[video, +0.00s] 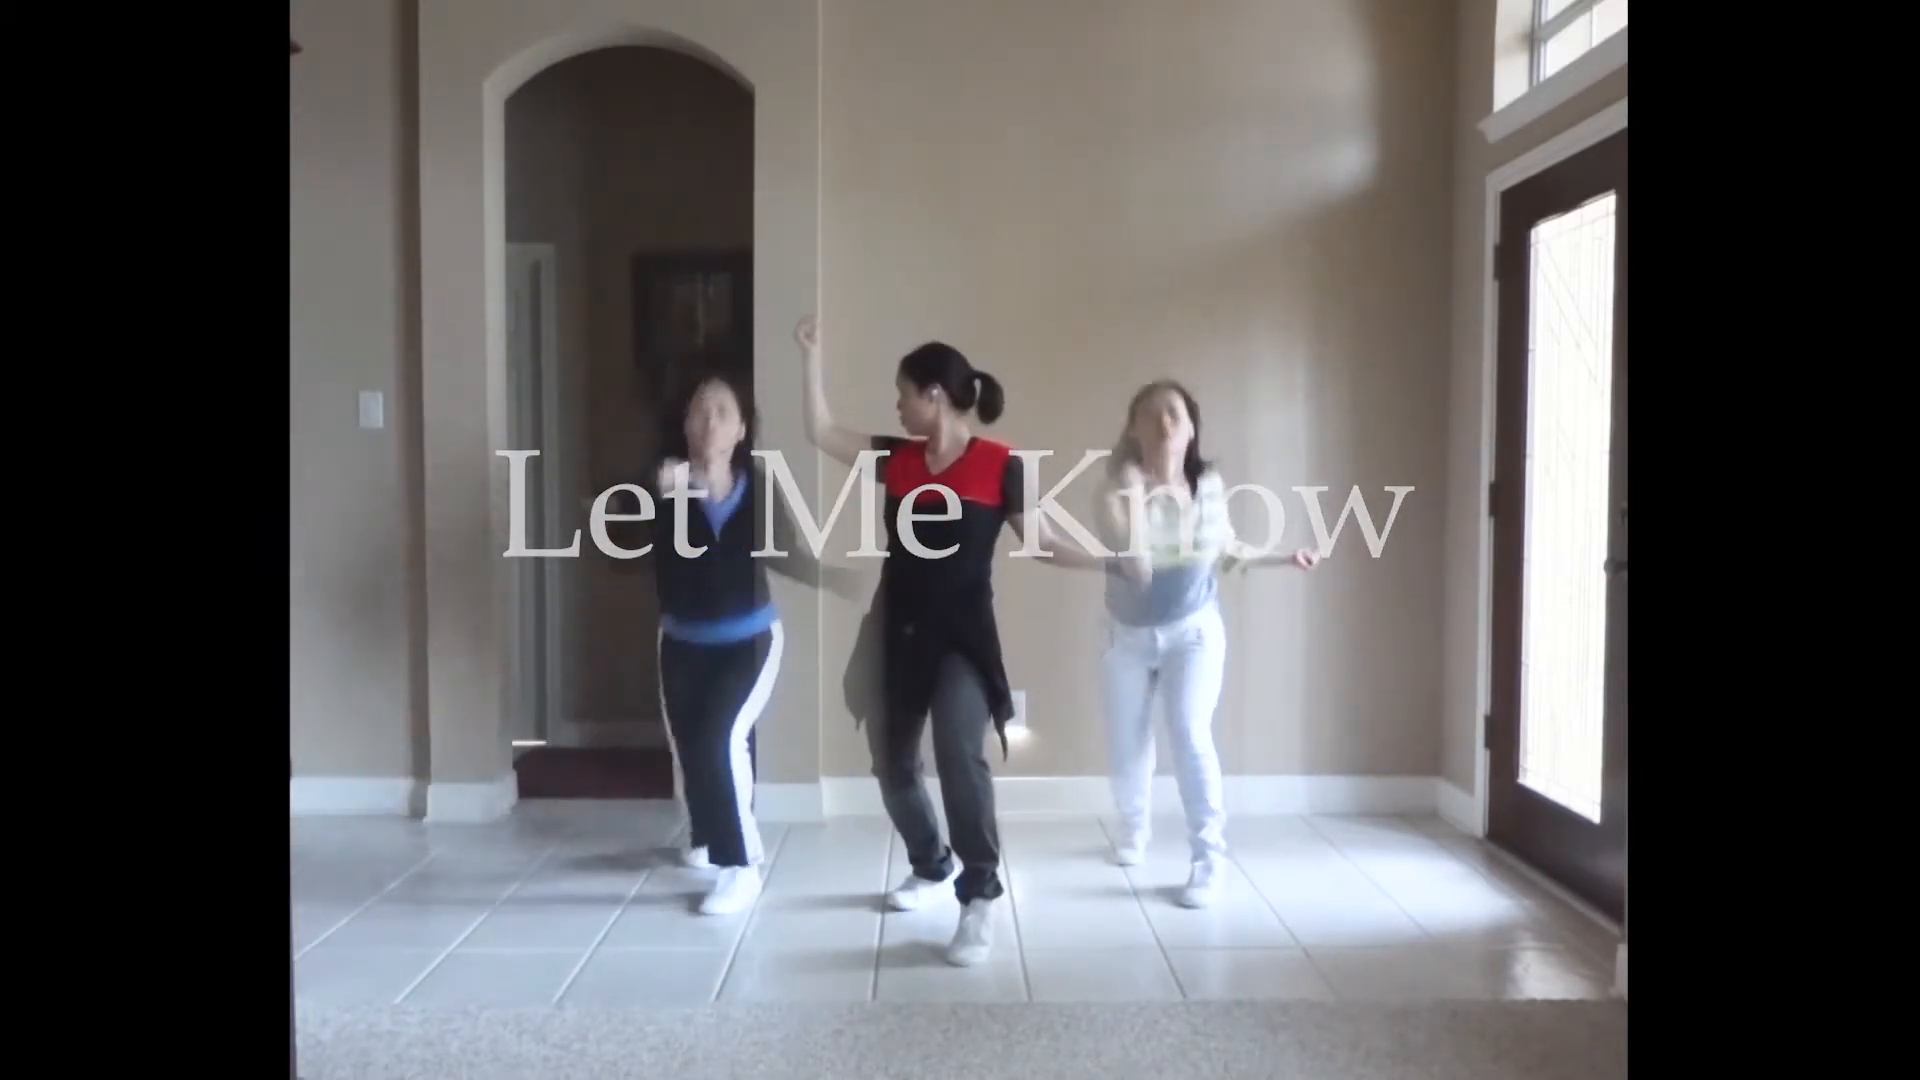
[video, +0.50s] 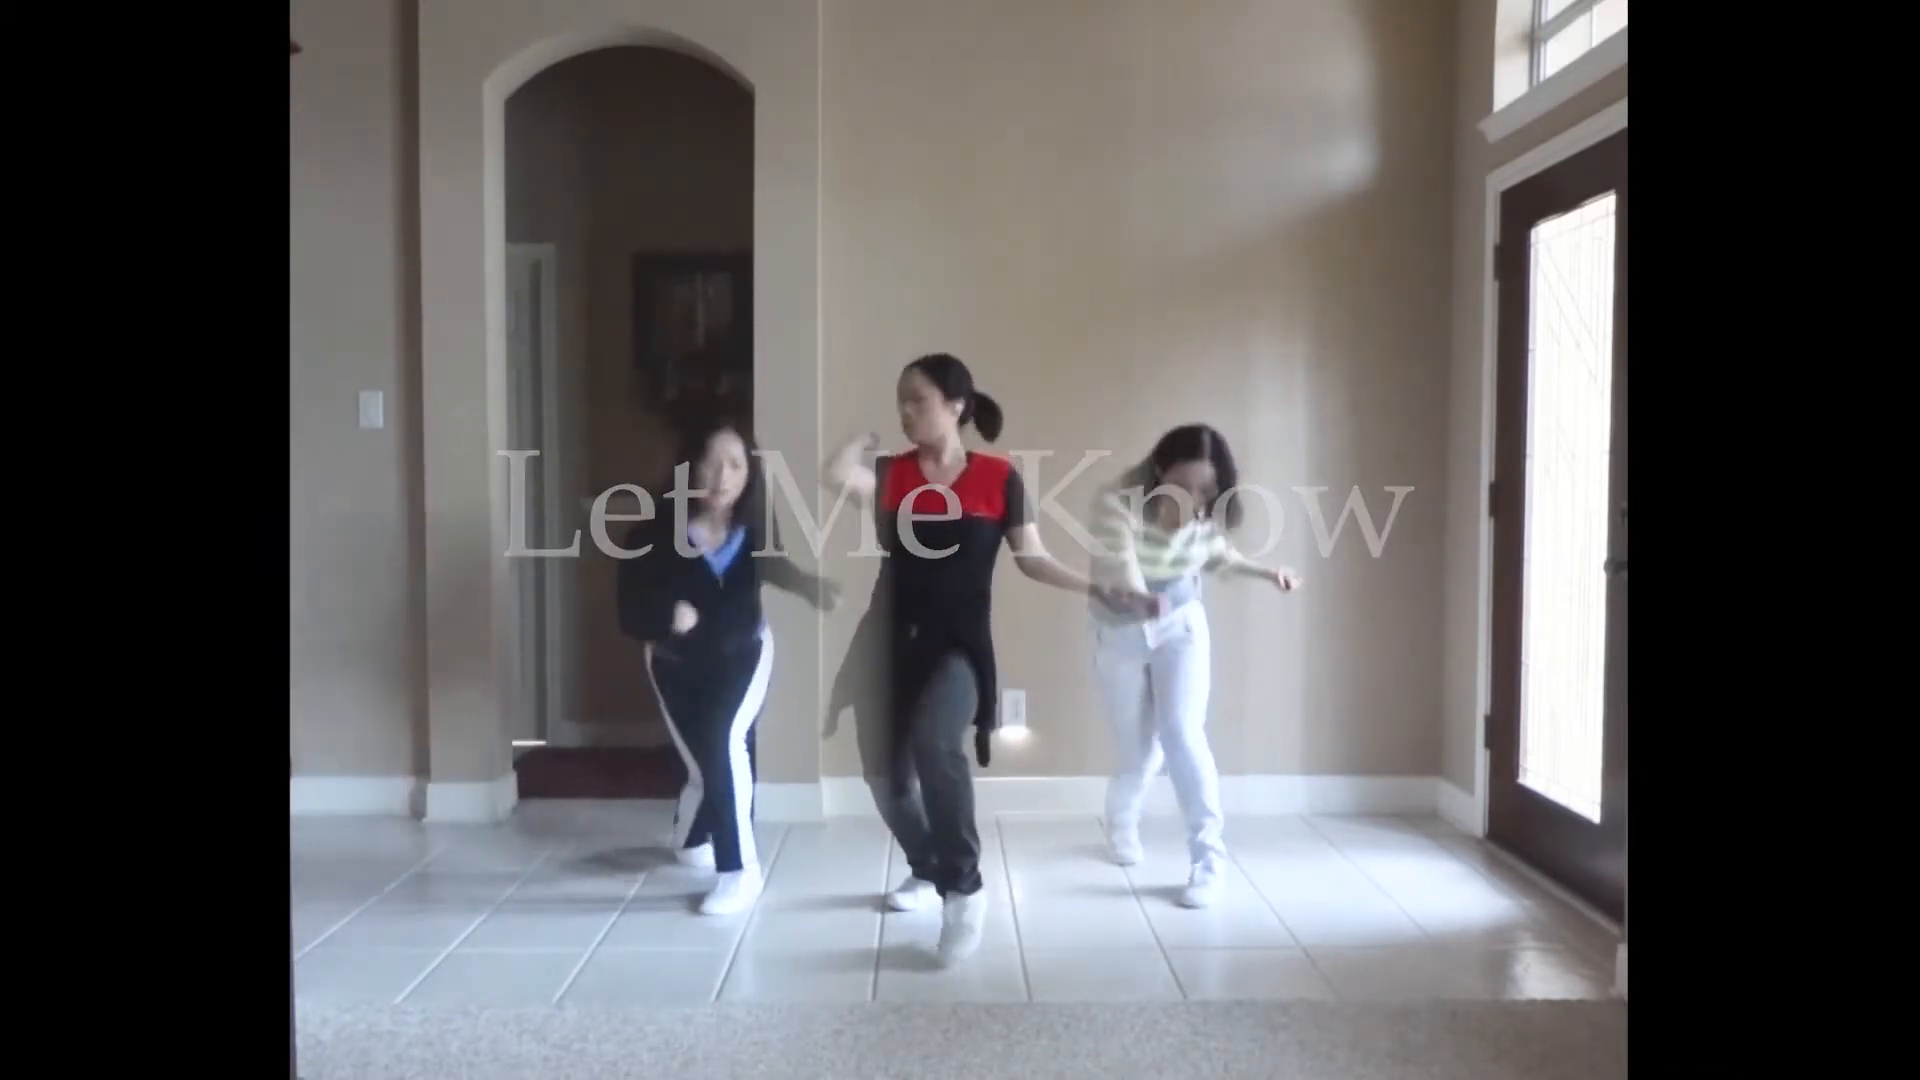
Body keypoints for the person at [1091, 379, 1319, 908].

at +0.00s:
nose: (1164, 424)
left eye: (1174, 416)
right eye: (1152, 416)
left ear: (1191, 429)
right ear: (1134, 429)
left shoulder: (1207, 486)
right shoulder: (1117, 488)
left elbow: (1224, 556)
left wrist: (1284, 557)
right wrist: (1136, 493)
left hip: (1193, 632)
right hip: (1129, 637)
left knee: (1189, 734)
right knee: (1127, 748)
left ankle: (1207, 857)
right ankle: (1132, 832)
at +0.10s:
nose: (1171, 475)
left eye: (1182, 465)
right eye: (1159, 466)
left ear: (1199, 476)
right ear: (1142, 476)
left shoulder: (1211, 523)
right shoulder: (1127, 526)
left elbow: (1226, 584)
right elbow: (1128, 597)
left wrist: (1279, 582)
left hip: (1195, 648)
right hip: (1132, 651)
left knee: (1186, 744)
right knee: (1139, 763)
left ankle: (1208, 861)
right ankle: (1129, 843)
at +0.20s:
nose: (1179, 518)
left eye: (1191, 508)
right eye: (1166, 505)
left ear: (1208, 514)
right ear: (1151, 510)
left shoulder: (1216, 555)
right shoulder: (1131, 566)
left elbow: (1226, 600)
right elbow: (1137, 650)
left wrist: (1278, 602)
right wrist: (1165, 719)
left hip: (1192, 655)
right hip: (1134, 667)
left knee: (1184, 743)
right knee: (1158, 792)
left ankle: (1208, 861)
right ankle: (1128, 831)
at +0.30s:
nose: (1193, 530)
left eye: (1203, 520)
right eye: (1182, 518)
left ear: (1215, 520)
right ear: (1159, 516)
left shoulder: (1212, 566)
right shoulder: (1128, 564)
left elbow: (1231, 592)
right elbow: (1134, 632)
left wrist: (1276, 603)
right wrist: (1161, 686)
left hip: (1189, 648)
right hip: (1131, 659)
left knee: (1186, 735)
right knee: (1156, 784)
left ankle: (1209, 861)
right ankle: (1129, 829)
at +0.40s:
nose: (1199, 521)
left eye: (1209, 509)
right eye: (1189, 507)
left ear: (1220, 503)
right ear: (1164, 496)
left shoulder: (1213, 538)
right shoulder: (1124, 524)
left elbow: (1224, 578)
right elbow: (1126, 585)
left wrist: (1274, 592)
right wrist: (1153, 631)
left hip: (1184, 629)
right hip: (1123, 634)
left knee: (1182, 732)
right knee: (1142, 752)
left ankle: (1209, 859)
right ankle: (1127, 833)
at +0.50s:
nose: (1190, 503)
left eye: (1204, 495)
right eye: (1182, 487)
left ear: (1216, 493)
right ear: (1161, 471)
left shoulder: (1203, 526)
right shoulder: (1117, 504)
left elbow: (1220, 561)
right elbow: (1115, 561)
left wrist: (1266, 573)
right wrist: (1135, 594)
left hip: (1180, 624)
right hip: (1118, 630)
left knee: (1182, 732)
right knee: (1138, 748)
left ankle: (1207, 858)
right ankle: (1121, 824)